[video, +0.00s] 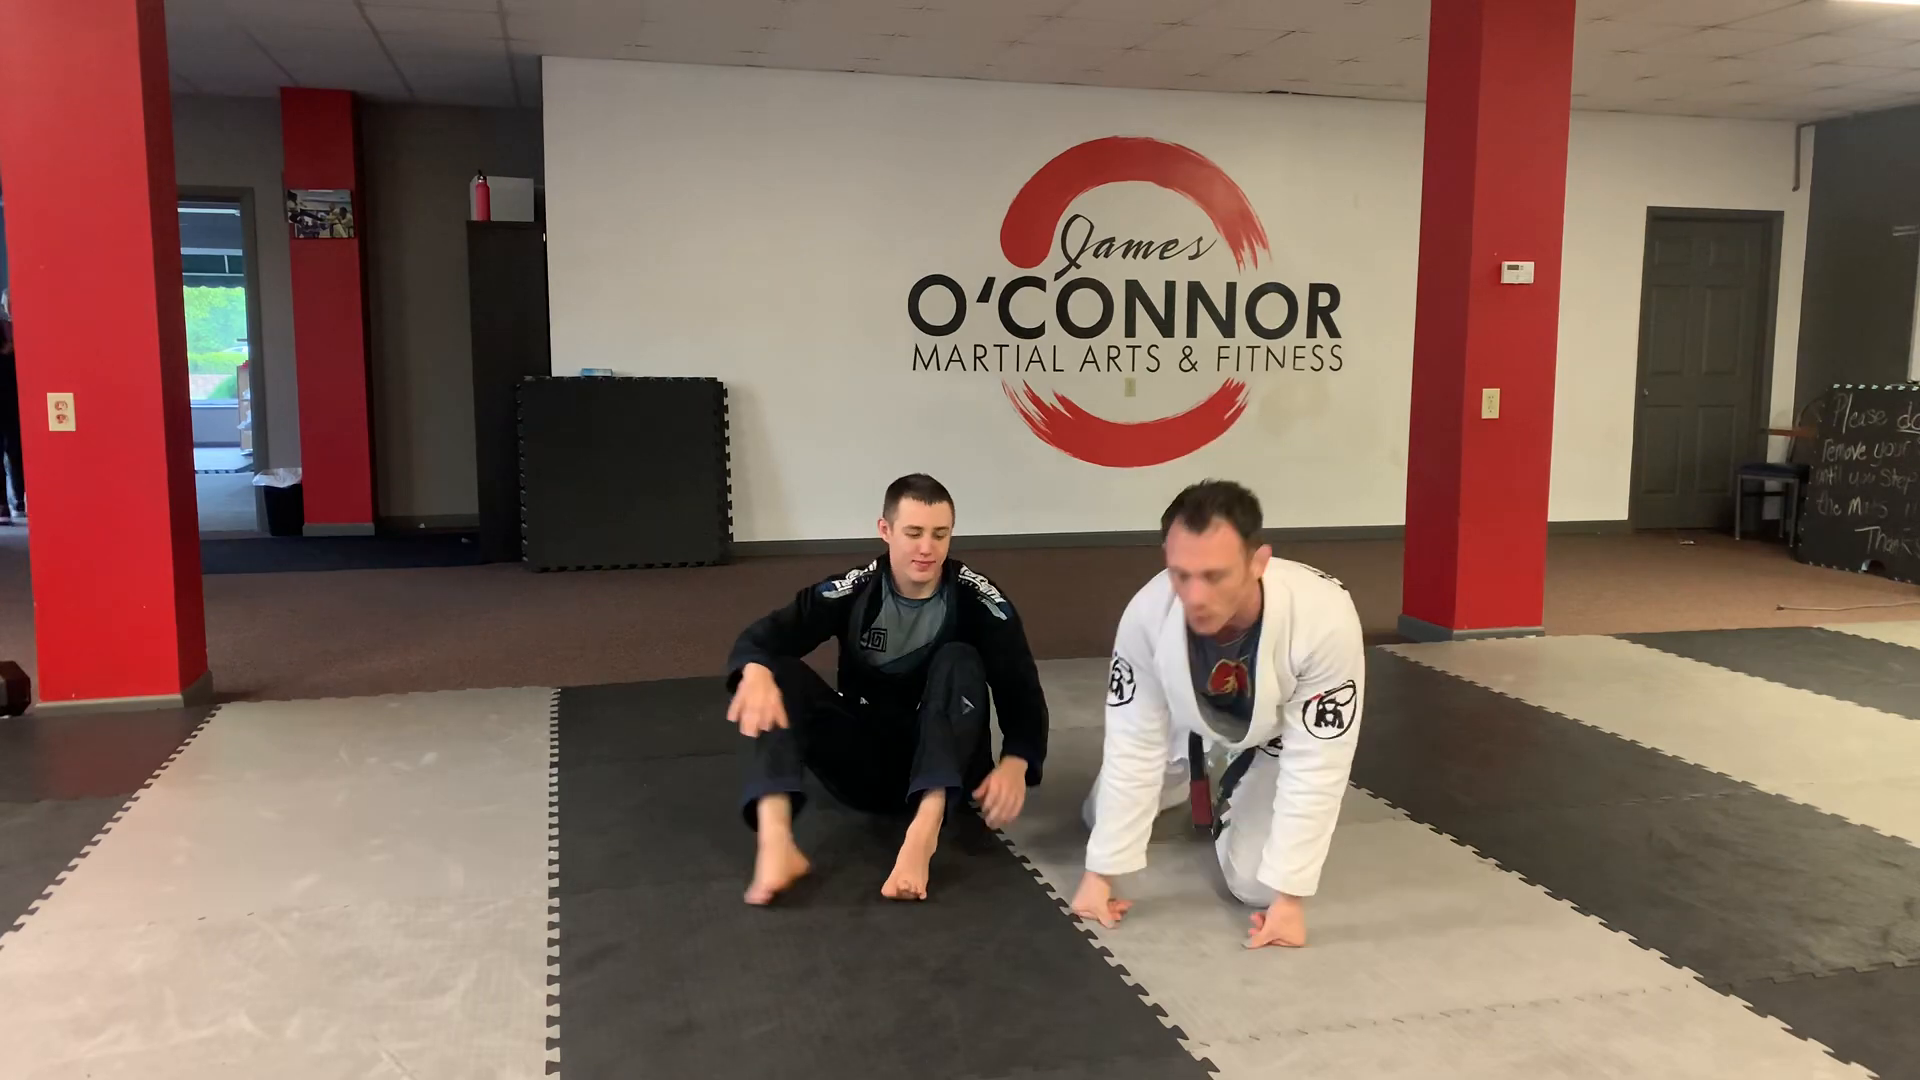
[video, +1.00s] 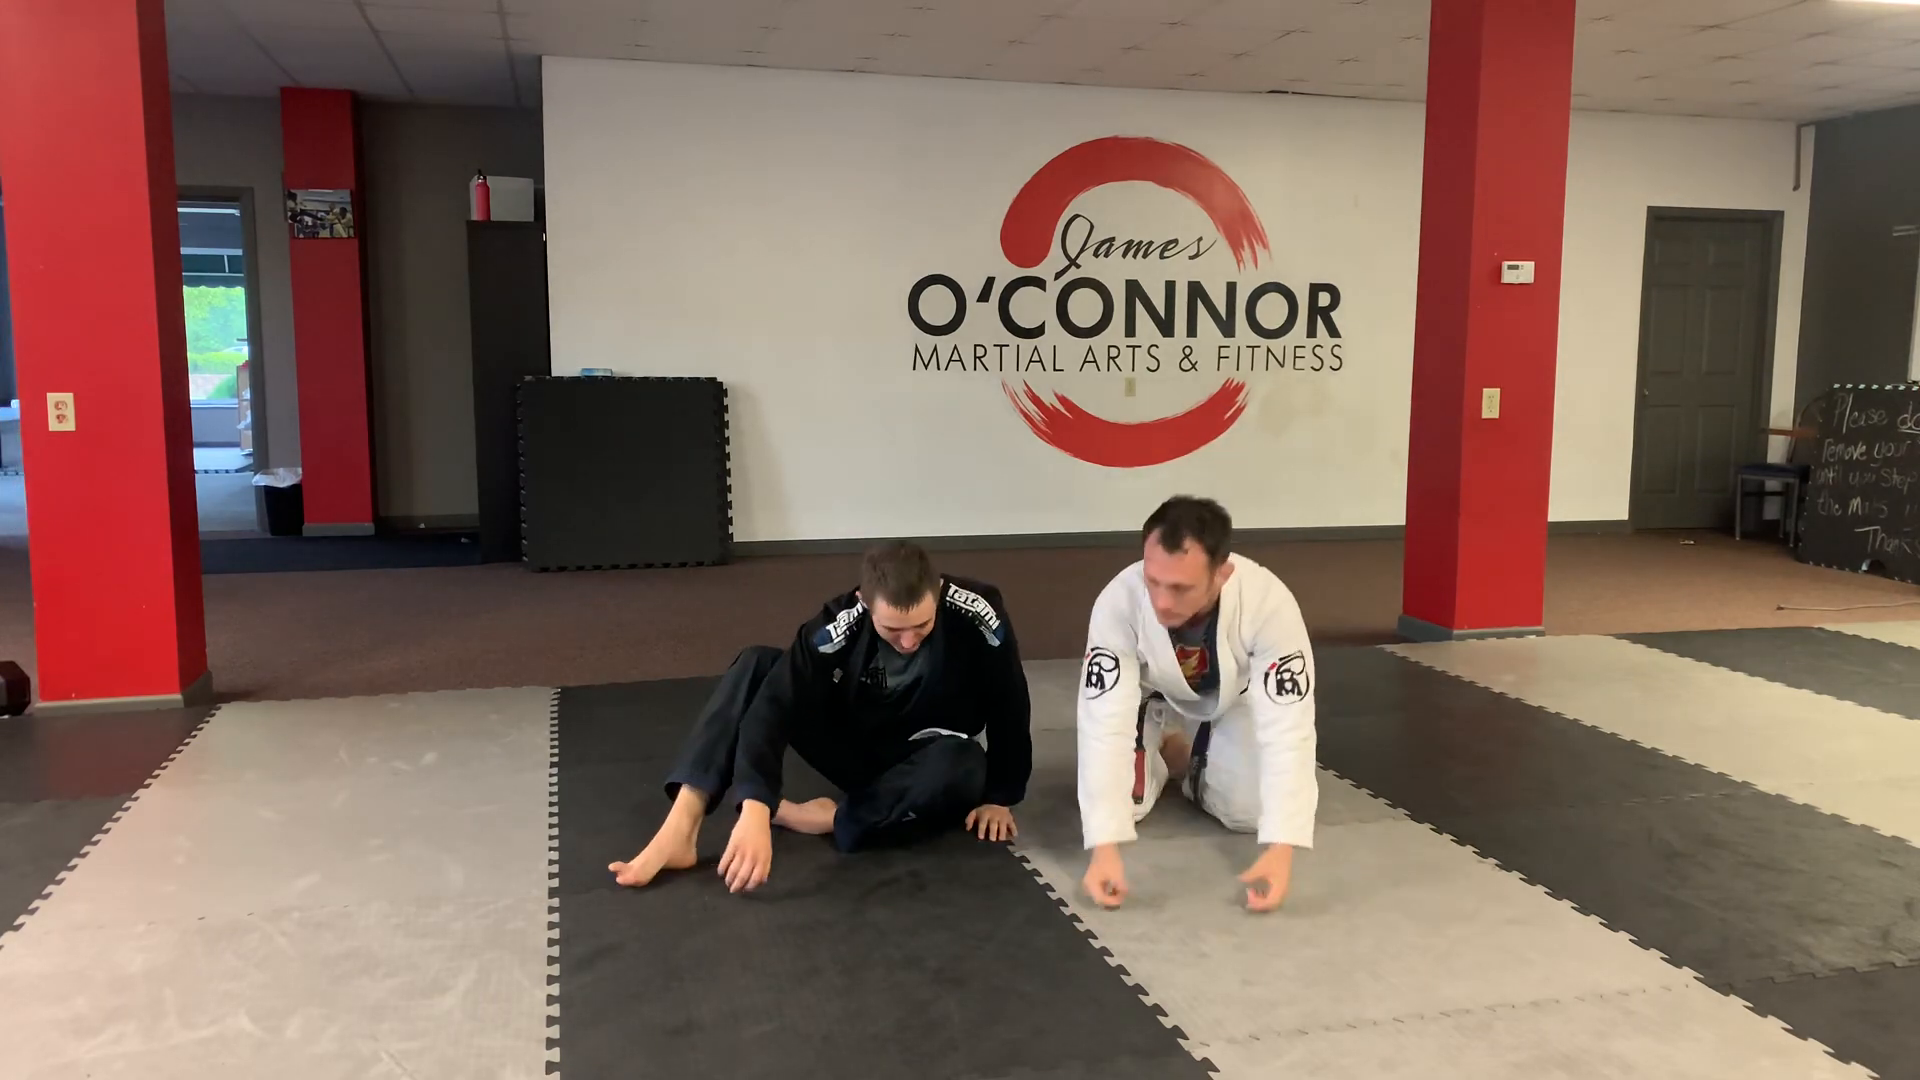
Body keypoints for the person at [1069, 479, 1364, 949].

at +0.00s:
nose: (1194, 597)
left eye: (1214, 576)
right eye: (1181, 576)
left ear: (1258, 565)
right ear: (1167, 564)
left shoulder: (1323, 619)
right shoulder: (1148, 616)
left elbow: (1318, 763)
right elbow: (1132, 746)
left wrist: (1290, 897)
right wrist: (1098, 873)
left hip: (1277, 742)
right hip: (1188, 729)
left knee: (1253, 884)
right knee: (1103, 815)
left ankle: (1243, 791)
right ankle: (1201, 760)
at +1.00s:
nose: (1162, 602)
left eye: (1180, 590)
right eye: (1153, 583)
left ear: (1222, 574)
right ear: (1145, 565)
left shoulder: (1268, 606)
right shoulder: (1120, 603)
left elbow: (1288, 728)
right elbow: (1103, 722)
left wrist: (1280, 849)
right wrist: (1104, 845)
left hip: (1237, 704)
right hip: (1155, 697)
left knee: (1248, 813)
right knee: (1120, 809)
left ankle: (1188, 760)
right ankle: (1155, 740)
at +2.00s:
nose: (1115, 458)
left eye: (1129, 444)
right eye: (1106, 444)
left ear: (1164, 444)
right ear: (1097, 446)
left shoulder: (1214, 516)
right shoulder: (1087, 522)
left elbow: (1263, 593)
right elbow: (1072, 605)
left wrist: (1270, 632)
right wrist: (1008, 599)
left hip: (1185, 696)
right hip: (1103, 693)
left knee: (1233, 802)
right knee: (1041, 766)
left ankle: (1172, 761)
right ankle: (1146, 764)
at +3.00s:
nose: (1105, 364)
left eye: (1122, 347)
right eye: (1094, 349)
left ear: (1158, 355)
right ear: (1083, 356)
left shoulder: (1188, 427)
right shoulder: (1046, 439)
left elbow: (1269, 468)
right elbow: (1002, 520)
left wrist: (1197, 394)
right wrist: (1003, 563)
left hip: (1160, 640)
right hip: (1067, 643)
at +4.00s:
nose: (954, 389)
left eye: (969, 372)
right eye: (942, 373)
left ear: (1007, 358)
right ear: (930, 364)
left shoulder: (1064, 423)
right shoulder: (910, 449)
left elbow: (1127, 487)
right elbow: (878, 526)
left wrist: (1138, 522)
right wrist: (857, 561)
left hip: (1062, 643)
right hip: (970, 653)